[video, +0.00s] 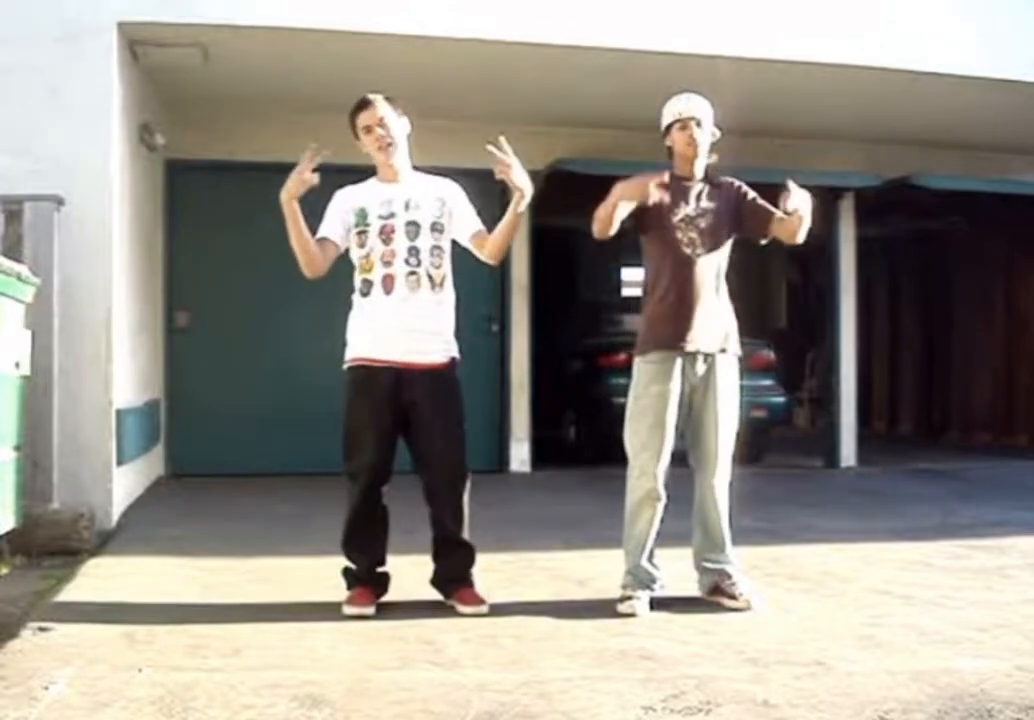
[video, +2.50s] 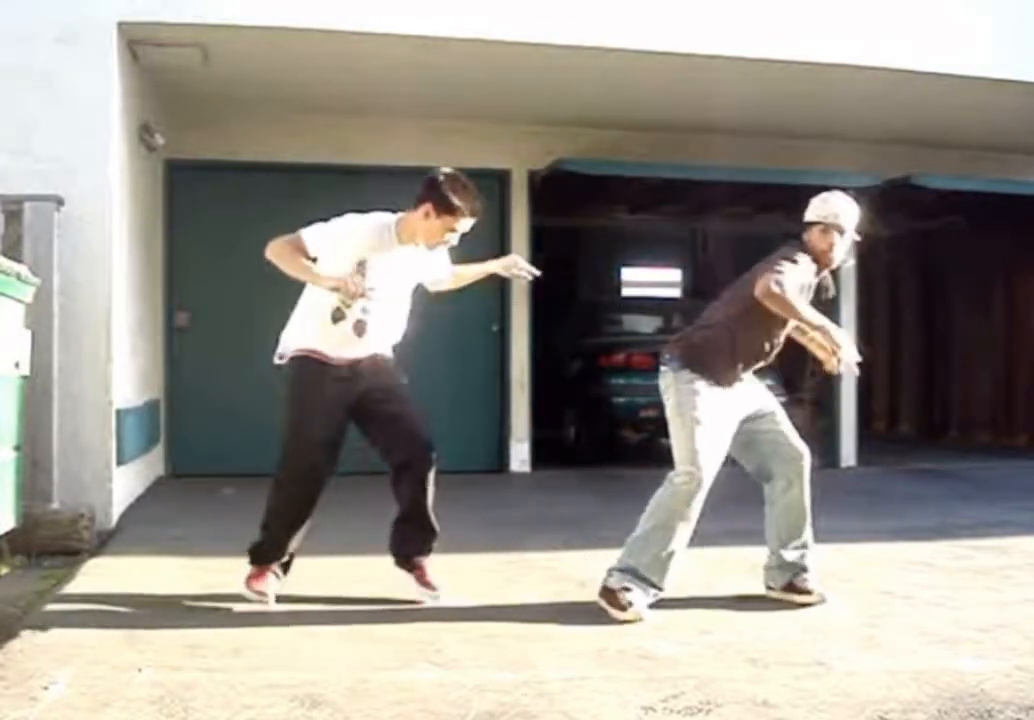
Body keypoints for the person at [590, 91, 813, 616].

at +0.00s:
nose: (690, 133)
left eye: (698, 125)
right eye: (680, 126)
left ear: (714, 135)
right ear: (667, 137)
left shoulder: (731, 194)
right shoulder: (649, 190)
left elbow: (791, 234)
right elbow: (602, 231)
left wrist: (799, 206)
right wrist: (619, 197)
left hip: (717, 345)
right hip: (659, 345)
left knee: (715, 467)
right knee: (647, 468)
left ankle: (717, 572)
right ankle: (638, 581)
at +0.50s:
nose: (697, 129)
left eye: (705, 121)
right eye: (687, 121)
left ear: (719, 133)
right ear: (673, 135)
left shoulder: (737, 191)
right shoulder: (651, 188)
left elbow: (801, 220)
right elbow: (602, 214)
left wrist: (798, 158)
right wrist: (612, 147)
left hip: (718, 345)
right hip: (659, 344)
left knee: (716, 466)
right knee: (647, 468)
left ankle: (717, 571)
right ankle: (638, 579)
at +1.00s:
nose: (700, 136)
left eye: (709, 128)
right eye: (692, 127)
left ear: (724, 137)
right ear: (678, 134)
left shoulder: (736, 195)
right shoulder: (650, 189)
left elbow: (777, 238)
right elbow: (602, 239)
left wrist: (810, 251)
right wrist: (614, 257)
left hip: (722, 346)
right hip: (662, 344)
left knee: (719, 467)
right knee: (651, 467)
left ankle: (717, 572)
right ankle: (638, 580)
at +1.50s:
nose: (744, 141)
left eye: (740, 134)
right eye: (736, 133)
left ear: (702, 141)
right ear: (715, 136)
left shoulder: (705, 184)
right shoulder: (714, 163)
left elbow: (753, 209)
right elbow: (772, 173)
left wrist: (807, 173)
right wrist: (818, 161)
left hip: (723, 344)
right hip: (703, 343)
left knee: (776, 446)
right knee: (669, 458)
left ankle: (786, 565)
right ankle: (607, 575)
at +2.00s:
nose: (802, 169)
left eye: (801, 160)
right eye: (796, 159)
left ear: (763, 165)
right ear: (774, 162)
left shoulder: (751, 207)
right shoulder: (773, 201)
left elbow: (785, 260)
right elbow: (793, 254)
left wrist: (829, 241)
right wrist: (845, 213)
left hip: (755, 359)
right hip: (747, 355)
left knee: (799, 461)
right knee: (698, 464)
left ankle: (788, 573)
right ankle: (614, 566)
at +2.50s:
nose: (832, 241)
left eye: (841, 233)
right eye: (824, 230)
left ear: (851, 241)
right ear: (808, 230)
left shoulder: (813, 276)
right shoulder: (795, 260)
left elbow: (787, 320)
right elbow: (769, 289)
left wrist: (825, 351)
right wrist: (830, 330)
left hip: (740, 379)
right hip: (694, 373)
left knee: (790, 460)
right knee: (693, 476)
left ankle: (787, 572)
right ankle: (628, 582)